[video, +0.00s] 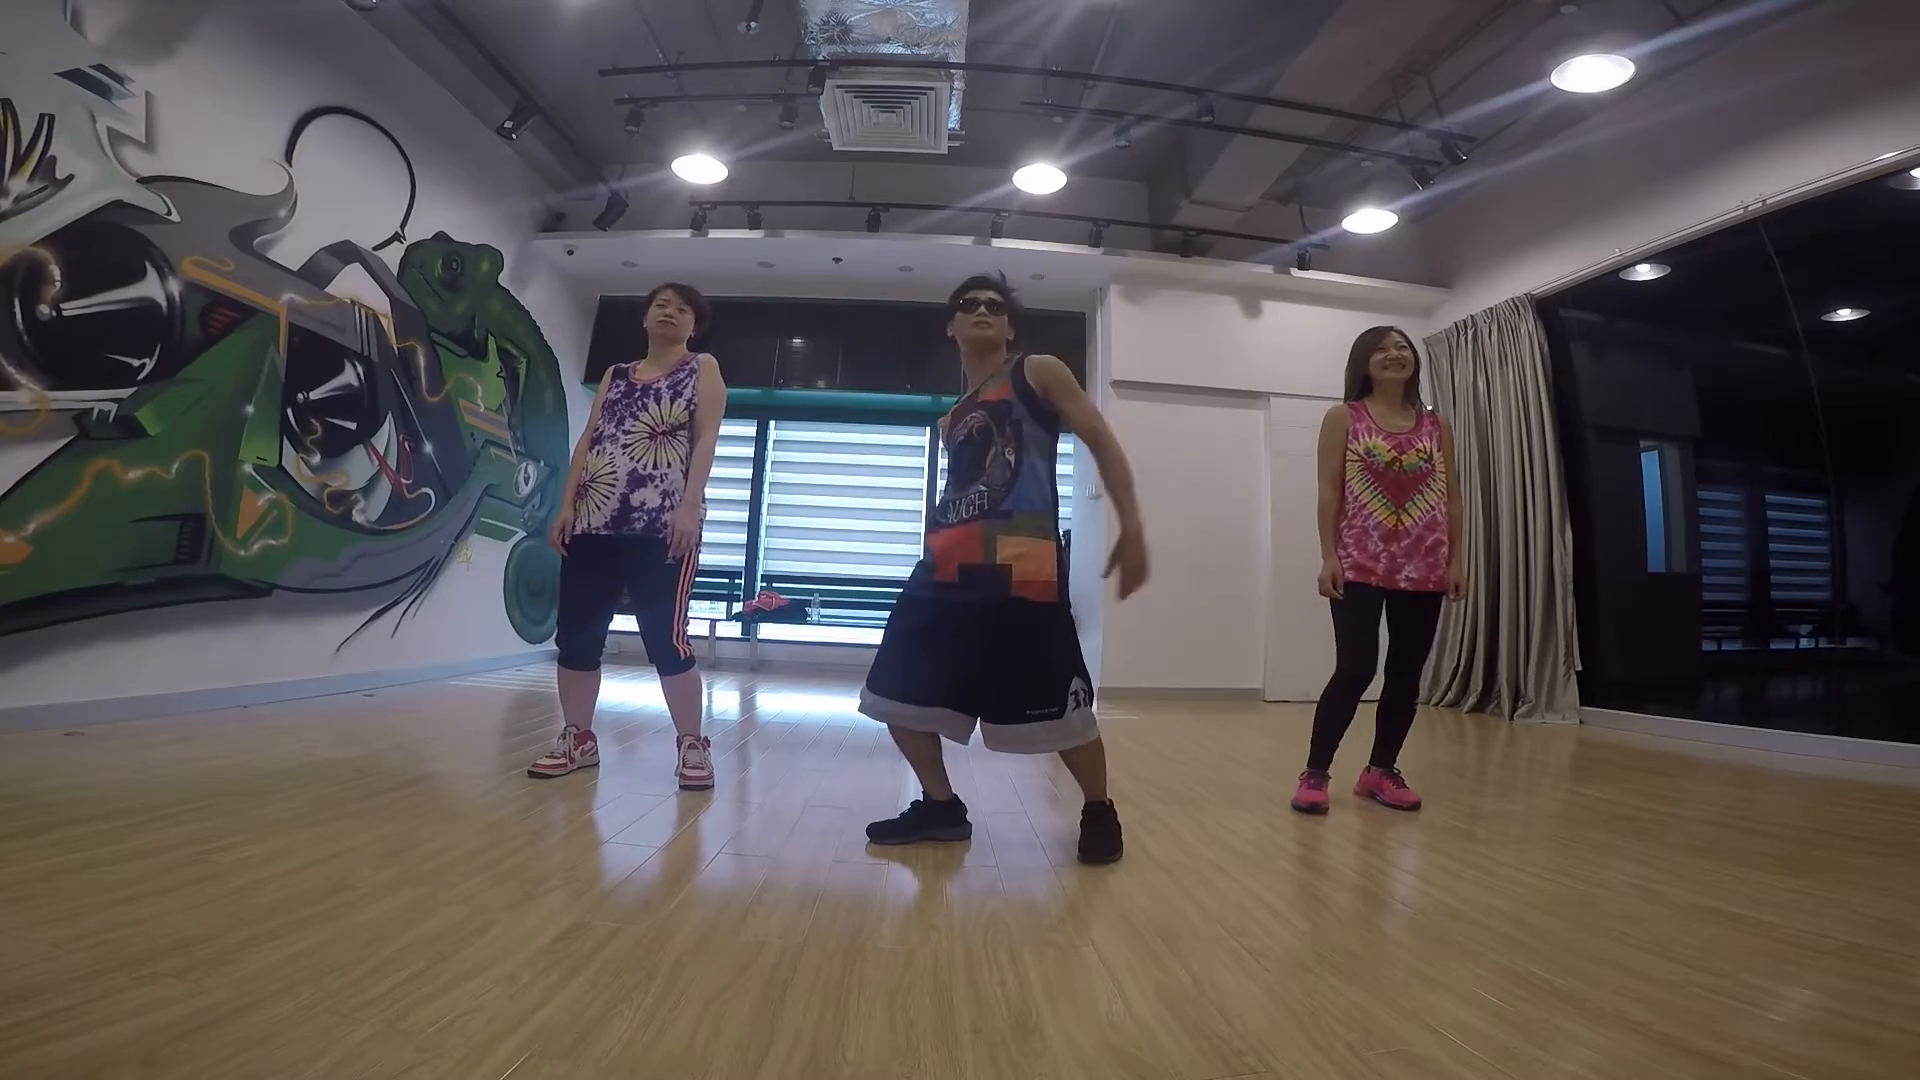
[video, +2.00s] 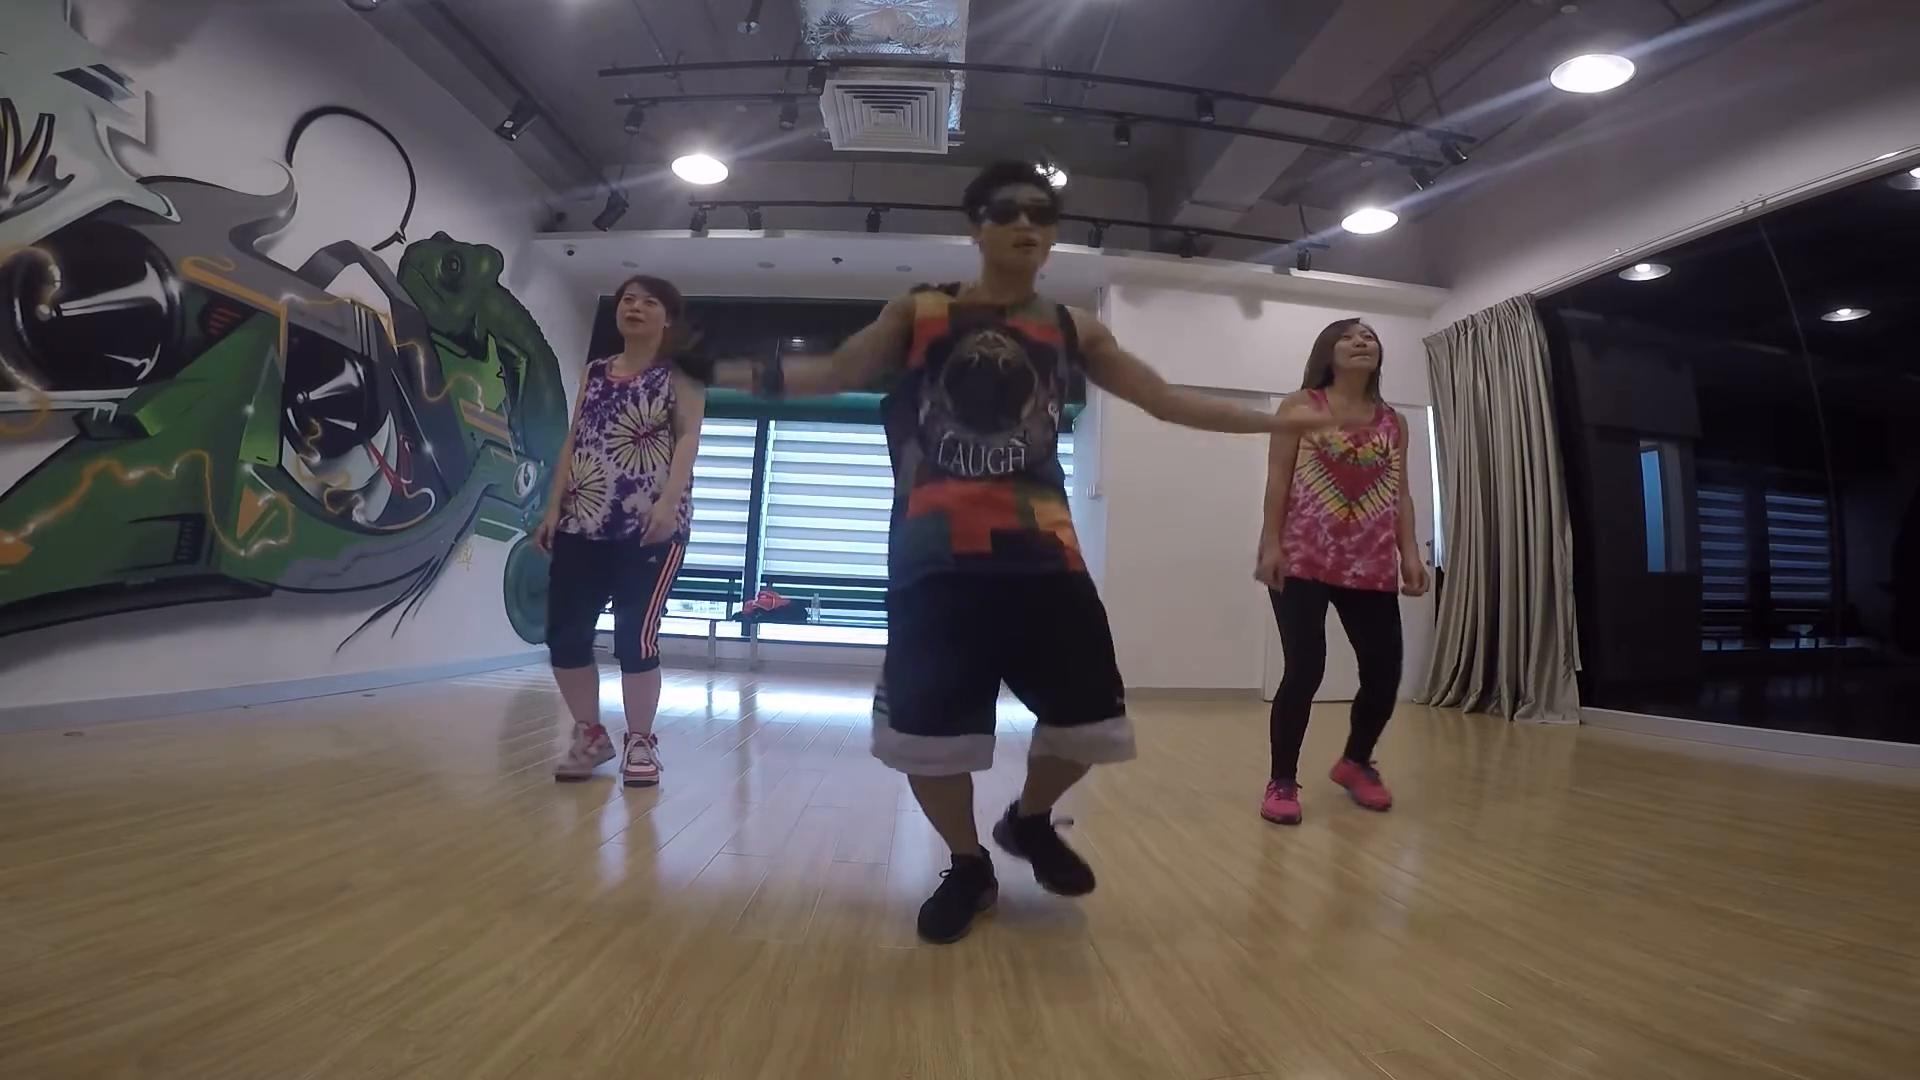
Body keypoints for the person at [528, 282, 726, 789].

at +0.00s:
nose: (669, 312)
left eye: (681, 308)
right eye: (661, 305)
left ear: (694, 326)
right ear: (645, 317)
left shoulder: (702, 369)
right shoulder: (616, 375)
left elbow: (705, 441)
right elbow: (586, 443)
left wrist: (690, 506)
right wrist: (566, 503)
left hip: (659, 527)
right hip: (593, 523)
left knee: (667, 643)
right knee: (576, 637)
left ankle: (691, 744)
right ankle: (578, 741)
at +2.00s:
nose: (635, 306)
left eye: (648, 301)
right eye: (628, 300)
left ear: (669, 320)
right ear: (615, 314)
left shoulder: (681, 383)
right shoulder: (593, 375)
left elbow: (687, 444)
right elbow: (574, 442)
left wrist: (668, 502)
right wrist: (554, 506)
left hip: (648, 527)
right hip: (582, 525)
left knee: (635, 636)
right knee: (565, 634)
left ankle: (640, 741)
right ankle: (590, 736)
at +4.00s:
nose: (669, 325)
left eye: (680, 320)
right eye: (661, 318)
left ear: (696, 334)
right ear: (648, 329)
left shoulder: (704, 392)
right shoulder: (612, 372)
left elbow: (703, 459)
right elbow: (572, 432)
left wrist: (705, 517)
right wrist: (547, 491)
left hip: (660, 526)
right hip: (595, 522)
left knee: (638, 622)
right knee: (601, 631)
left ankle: (644, 732)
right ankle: (616, 732)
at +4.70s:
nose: (673, 334)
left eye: (684, 328)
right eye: (665, 327)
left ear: (702, 341)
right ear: (654, 337)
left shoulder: (713, 396)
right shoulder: (624, 385)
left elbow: (716, 461)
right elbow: (589, 449)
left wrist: (708, 510)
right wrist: (560, 508)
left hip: (666, 534)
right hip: (602, 528)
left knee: (648, 637)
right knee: (599, 639)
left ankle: (665, 728)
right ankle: (621, 732)